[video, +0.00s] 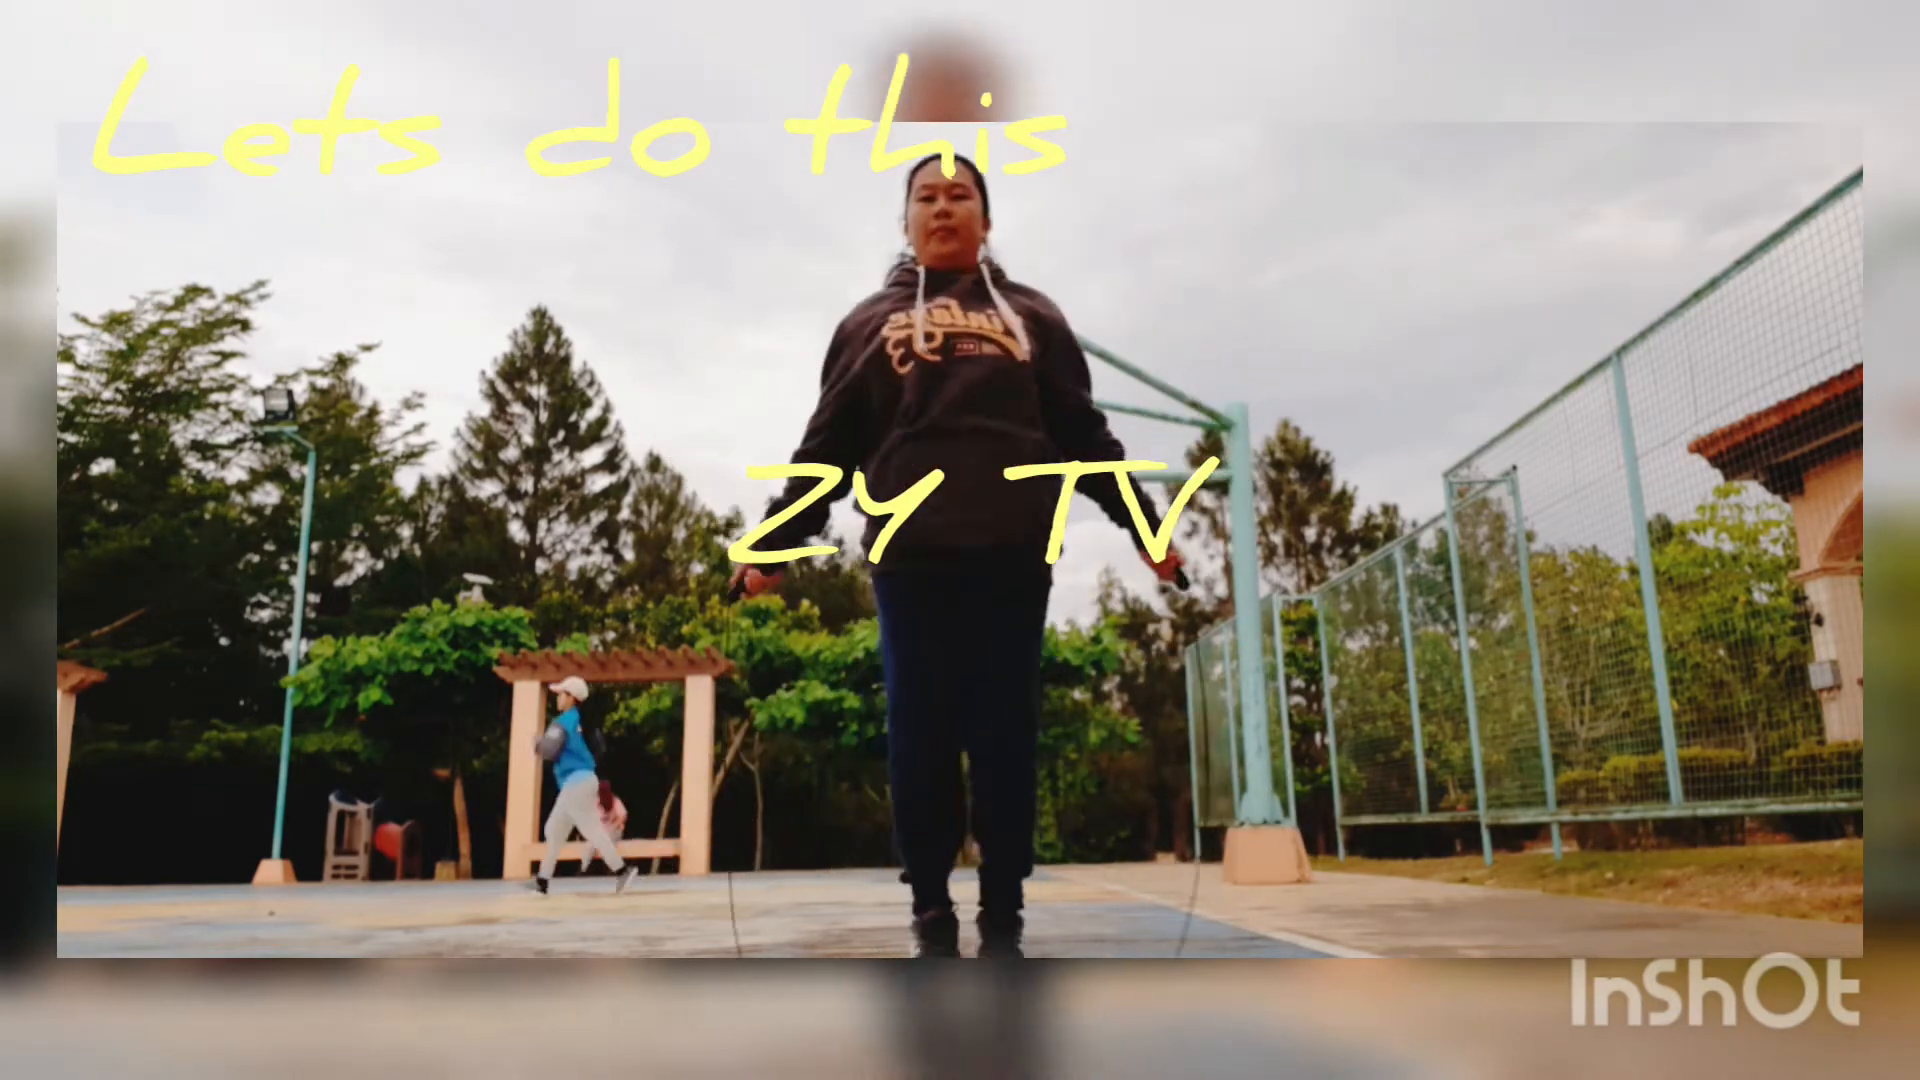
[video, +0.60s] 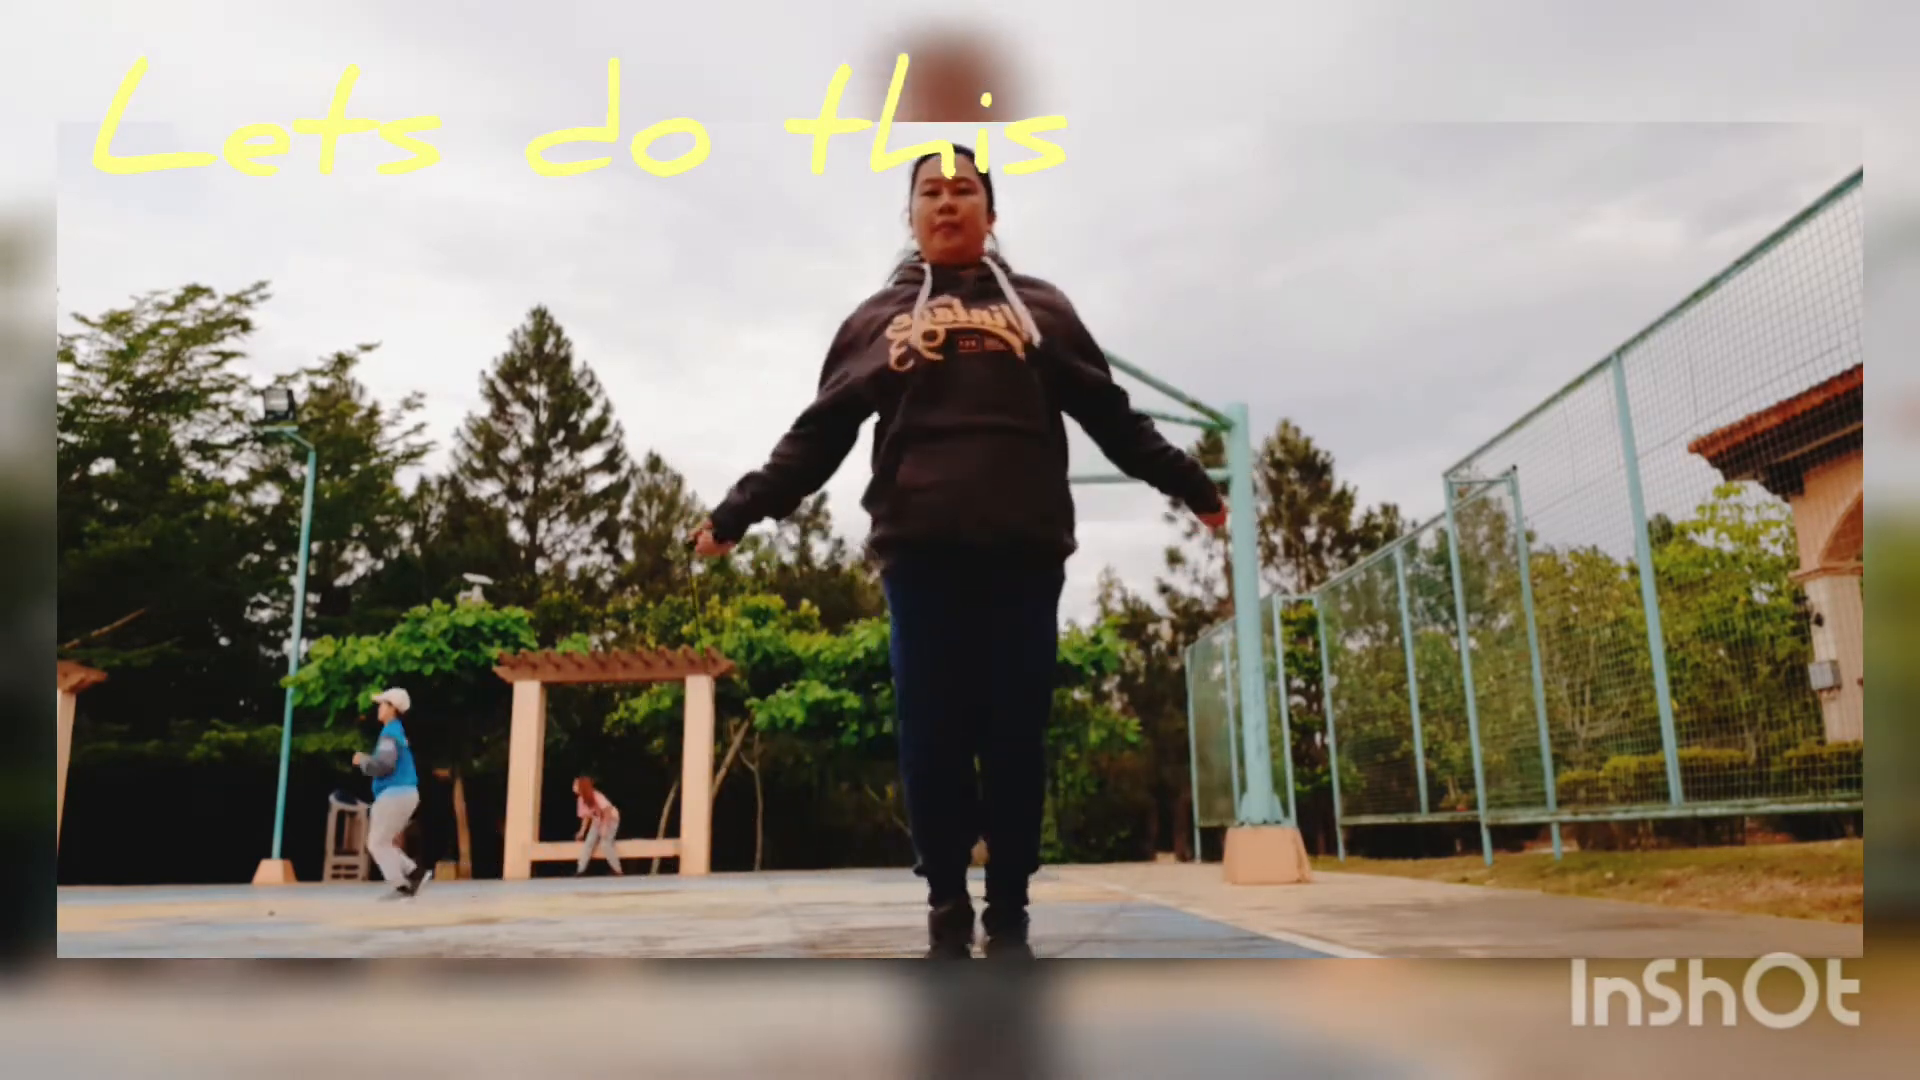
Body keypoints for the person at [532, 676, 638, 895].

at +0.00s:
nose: (557, 698)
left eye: (561, 695)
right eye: (559, 694)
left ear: (571, 698)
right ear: (571, 698)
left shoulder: (564, 720)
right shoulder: (571, 718)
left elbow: (549, 751)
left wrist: (539, 743)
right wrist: (545, 743)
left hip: (577, 781)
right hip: (581, 780)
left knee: (590, 826)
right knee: (554, 829)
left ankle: (621, 869)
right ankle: (543, 878)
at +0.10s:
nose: (532, 703)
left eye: (535, 699)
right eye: (533, 699)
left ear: (543, 702)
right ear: (546, 702)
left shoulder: (540, 724)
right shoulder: (552, 723)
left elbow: (524, 755)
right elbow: (568, 750)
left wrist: (511, 750)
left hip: (547, 785)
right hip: (555, 784)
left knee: (550, 835)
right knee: (528, 832)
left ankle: (589, 863)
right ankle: (526, 882)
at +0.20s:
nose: (503, 708)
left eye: (506, 704)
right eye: (503, 704)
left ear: (516, 707)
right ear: (515, 707)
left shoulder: (515, 728)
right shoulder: (523, 726)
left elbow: (511, 760)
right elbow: (515, 759)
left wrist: (492, 762)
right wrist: (496, 760)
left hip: (522, 790)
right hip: (530, 788)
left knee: (501, 841)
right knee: (510, 840)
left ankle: (542, 867)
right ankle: (524, 882)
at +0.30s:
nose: (462, 701)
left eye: (466, 697)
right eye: (463, 697)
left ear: (476, 700)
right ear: (474, 700)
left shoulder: (478, 722)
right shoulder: (473, 723)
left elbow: (492, 748)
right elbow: (472, 753)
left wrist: (463, 756)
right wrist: (452, 748)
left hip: (480, 783)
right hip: (490, 782)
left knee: (452, 826)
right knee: (491, 834)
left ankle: (454, 880)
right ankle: (518, 874)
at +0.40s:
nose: (434, 699)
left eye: (438, 696)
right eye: (435, 696)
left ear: (448, 699)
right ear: (444, 699)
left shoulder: (449, 720)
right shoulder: (443, 722)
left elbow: (468, 746)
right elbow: (443, 753)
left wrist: (437, 755)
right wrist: (425, 746)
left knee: (427, 830)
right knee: (467, 830)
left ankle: (412, 882)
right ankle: (499, 869)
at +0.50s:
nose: (406, 705)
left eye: (410, 702)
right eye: (407, 701)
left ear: (419, 705)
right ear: (419, 705)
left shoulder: (421, 727)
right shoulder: (418, 727)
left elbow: (430, 759)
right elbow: (421, 758)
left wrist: (401, 763)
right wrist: (398, 756)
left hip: (420, 791)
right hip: (433, 790)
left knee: (396, 836)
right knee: (425, 843)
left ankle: (401, 886)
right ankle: (466, 868)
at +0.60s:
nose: (379, 709)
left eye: (382, 705)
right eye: (380, 705)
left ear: (392, 708)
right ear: (392, 709)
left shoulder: (390, 731)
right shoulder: (395, 730)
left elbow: (385, 764)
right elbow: (388, 763)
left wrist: (363, 761)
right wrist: (367, 760)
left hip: (395, 793)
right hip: (407, 792)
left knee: (377, 842)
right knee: (383, 842)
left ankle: (400, 884)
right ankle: (412, 871)